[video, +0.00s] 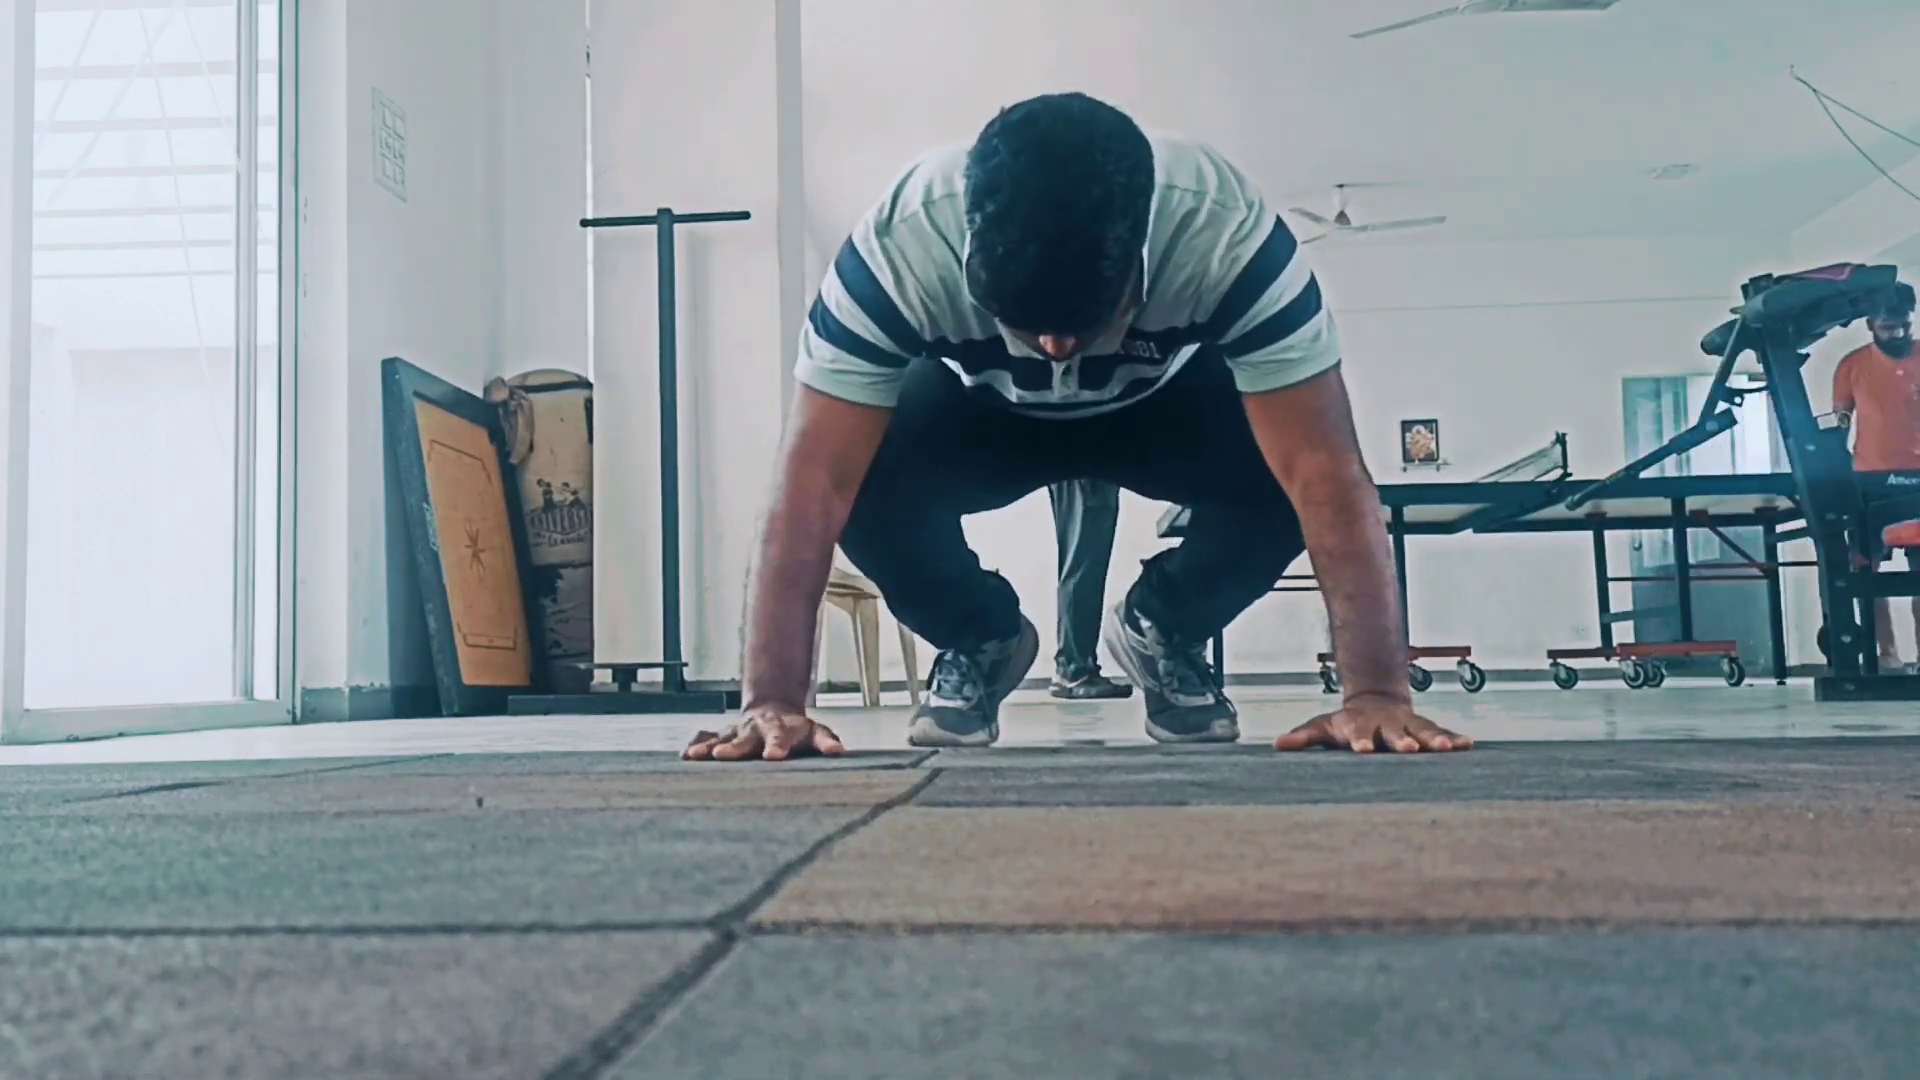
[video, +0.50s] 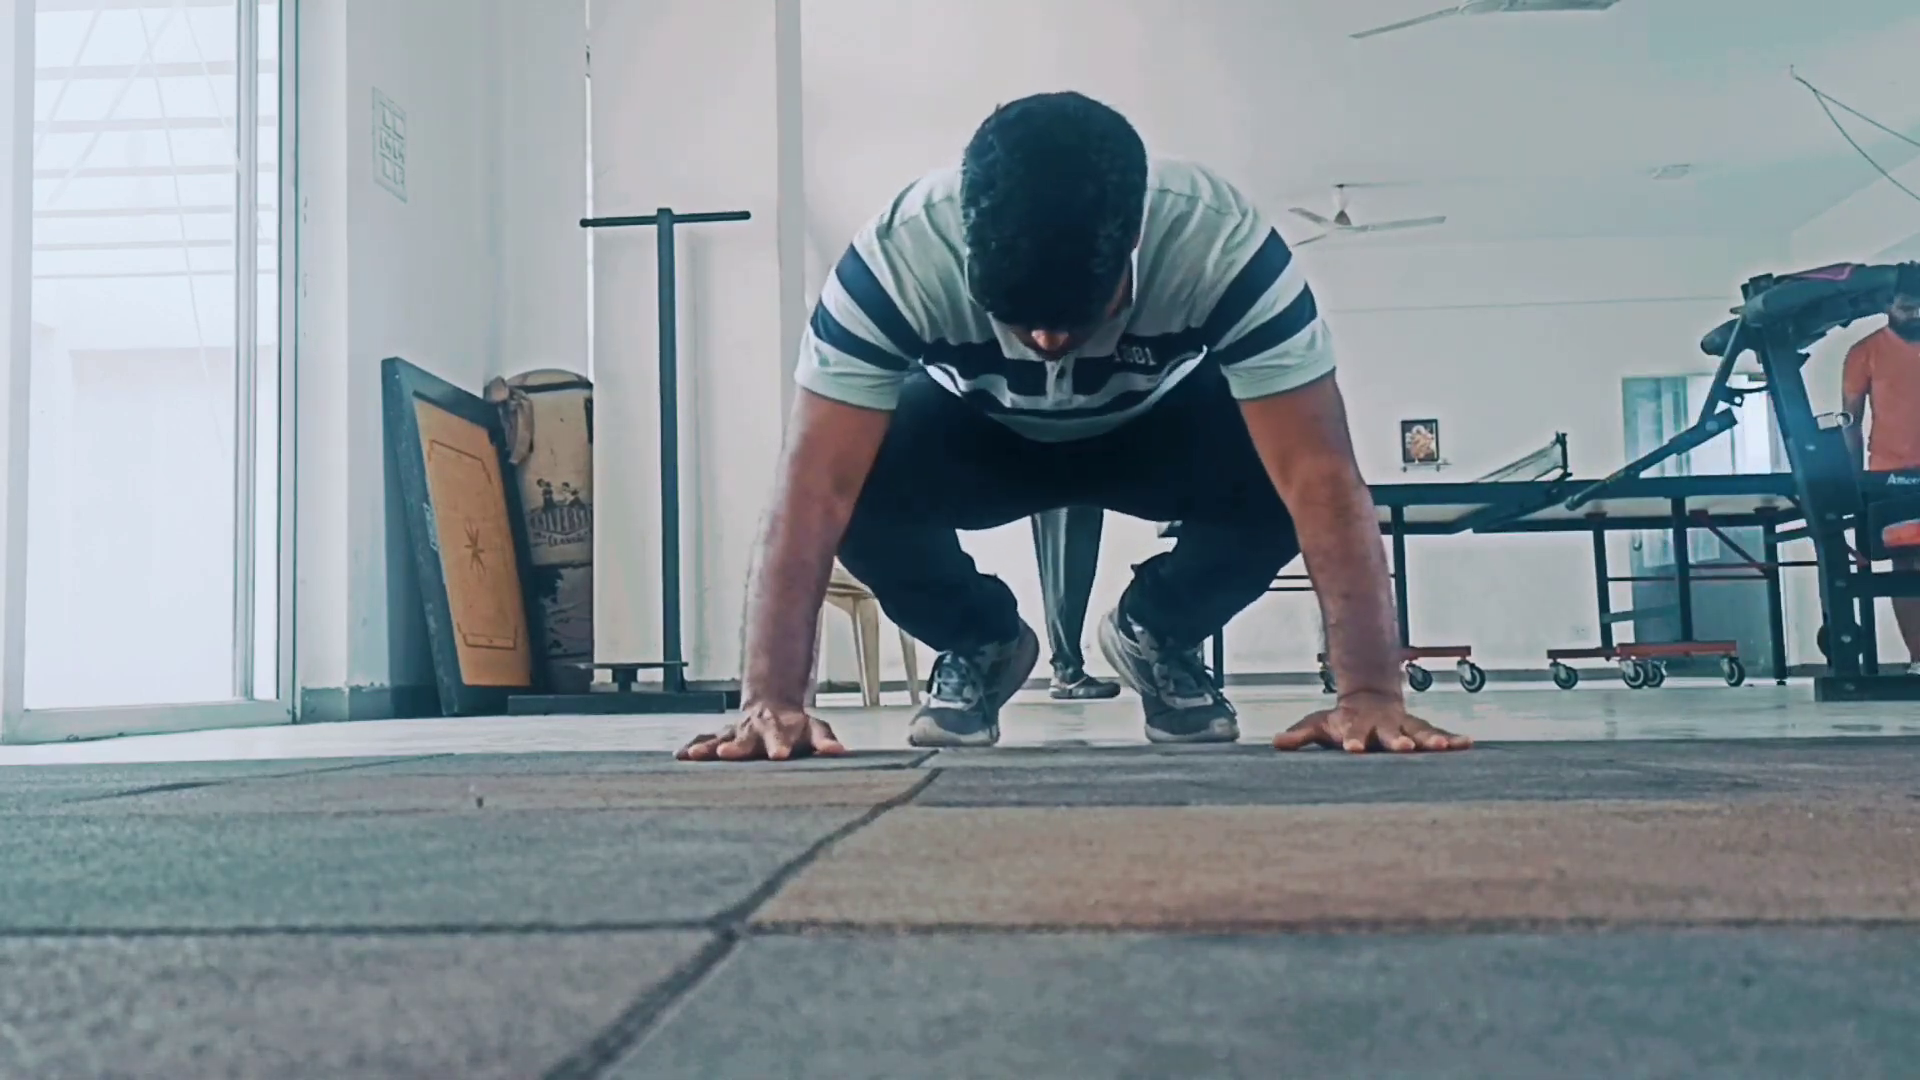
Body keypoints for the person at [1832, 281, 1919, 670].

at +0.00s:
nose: (1895, 335)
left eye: (1901, 326)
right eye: (1885, 327)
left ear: (1912, 322)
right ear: (1871, 325)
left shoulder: (1918, 357)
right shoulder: (1853, 365)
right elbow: (1838, 424)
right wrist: (1834, 467)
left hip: (1915, 477)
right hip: (1870, 481)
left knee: (1918, 570)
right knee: (1869, 572)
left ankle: (1916, 653)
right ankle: (1887, 652)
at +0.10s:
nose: (1903, 333)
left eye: (1909, 326)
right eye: (1895, 326)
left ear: (1918, 324)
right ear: (1878, 325)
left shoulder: (1919, 360)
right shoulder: (1858, 364)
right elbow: (1843, 421)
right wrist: (1839, 470)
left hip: (1917, 478)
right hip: (1877, 480)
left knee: (1918, 569)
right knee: (1883, 570)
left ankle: (1915, 653)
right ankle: (1902, 652)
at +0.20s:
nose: (1905, 329)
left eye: (1911, 321)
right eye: (1897, 322)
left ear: (1919, 321)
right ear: (1881, 321)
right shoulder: (1860, 364)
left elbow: (1843, 428)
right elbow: (1843, 427)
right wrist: (1840, 480)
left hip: (1916, 478)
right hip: (1882, 481)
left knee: (1906, 572)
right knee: (1900, 573)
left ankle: (1915, 653)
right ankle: (1914, 654)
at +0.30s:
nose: (1906, 326)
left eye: (1912, 318)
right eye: (1898, 318)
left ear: (1919, 318)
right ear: (1881, 318)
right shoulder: (1861, 362)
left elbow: (1845, 425)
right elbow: (1845, 424)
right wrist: (1842, 479)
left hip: (1911, 476)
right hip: (1886, 477)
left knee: (1906, 569)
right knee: (1902, 568)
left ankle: (1915, 655)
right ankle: (1914, 655)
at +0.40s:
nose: (1908, 321)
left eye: (1914, 313)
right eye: (1900, 313)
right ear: (1883, 313)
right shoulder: (1863, 358)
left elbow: (1846, 425)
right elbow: (1847, 425)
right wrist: (1846, 481)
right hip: (1889, 476)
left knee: (1907, 570)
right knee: (1904, 571)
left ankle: (1916, 655)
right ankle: (1915, 656)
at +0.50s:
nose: (1911, 311)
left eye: (1916, 305)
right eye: (1905, 304)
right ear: (1891, 303)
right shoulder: (1866, 352)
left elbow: (1850, 421)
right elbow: (1850, 421)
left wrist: (1857, 479)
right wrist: (1856, 480)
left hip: (1908, 470)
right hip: (1892, 472)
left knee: (1907, 570)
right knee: (1905, 572)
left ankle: (1914, 656)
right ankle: (1915, 656)